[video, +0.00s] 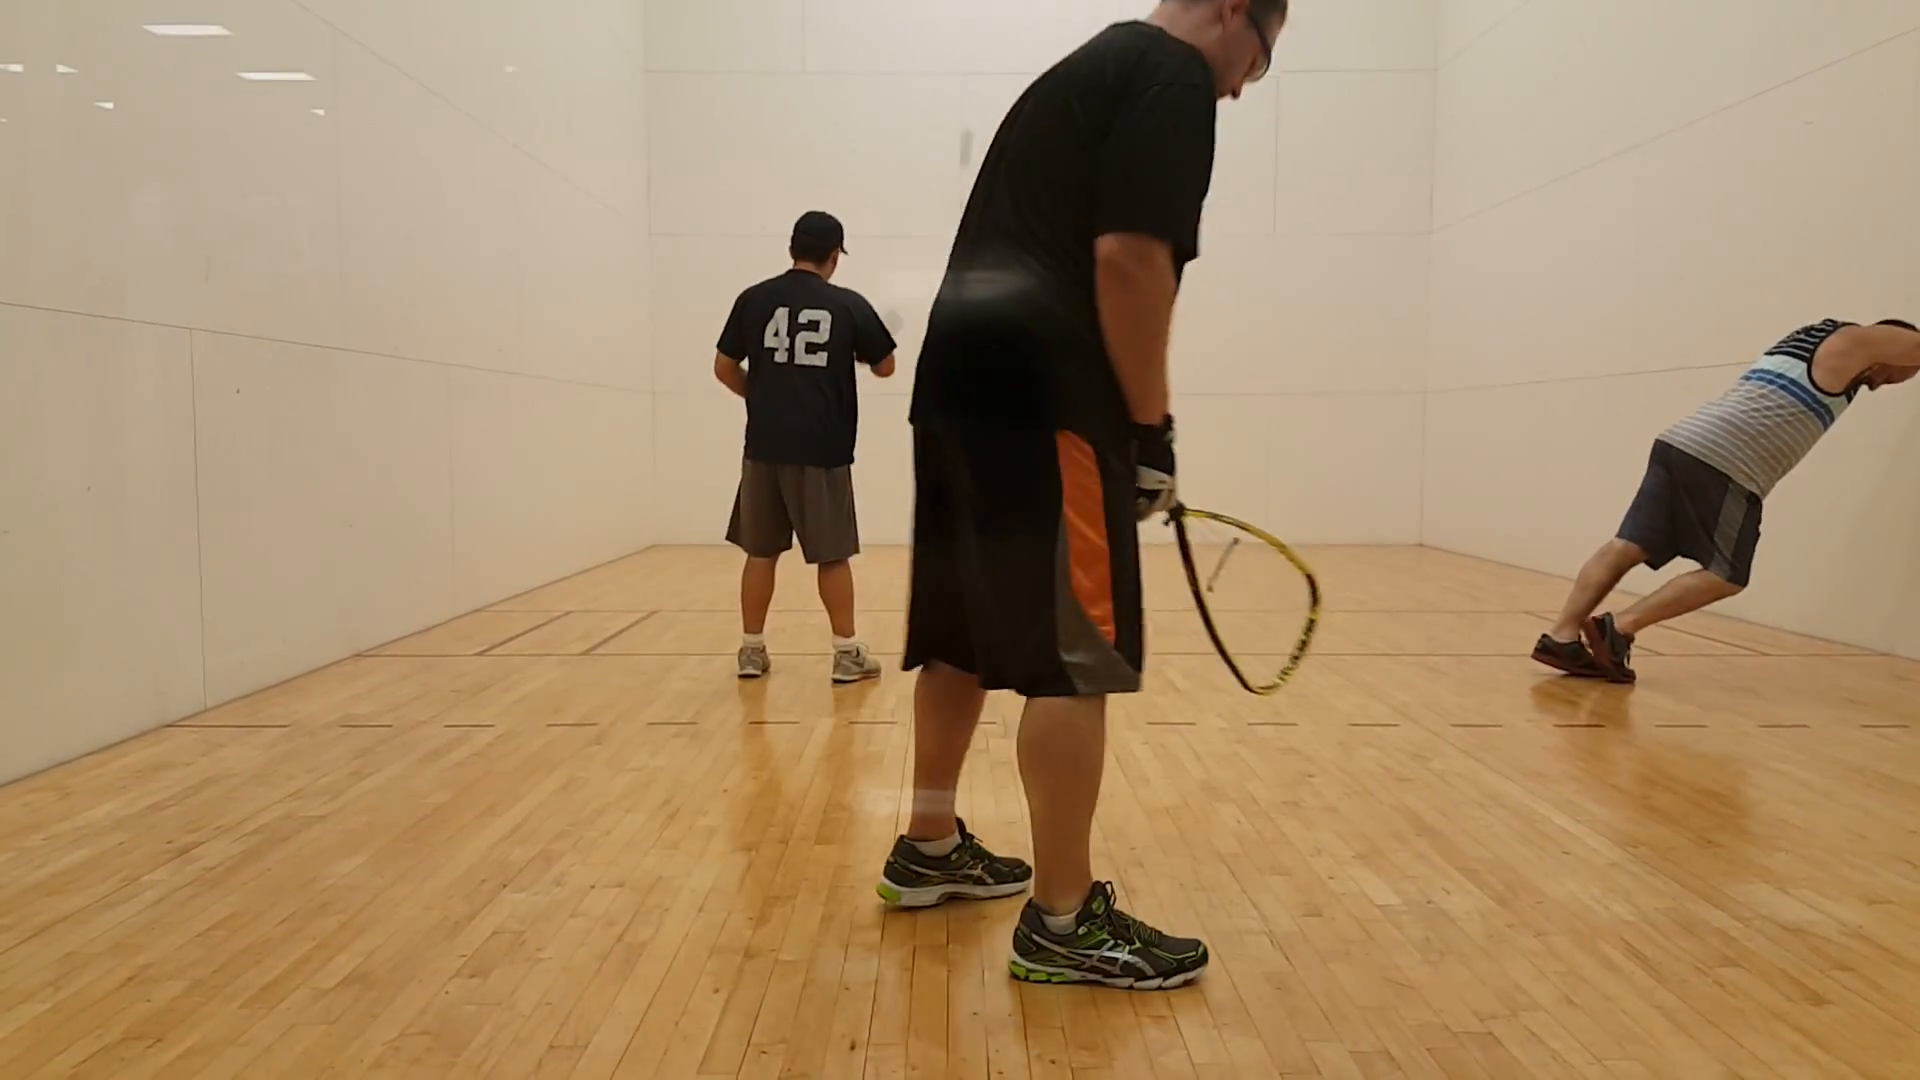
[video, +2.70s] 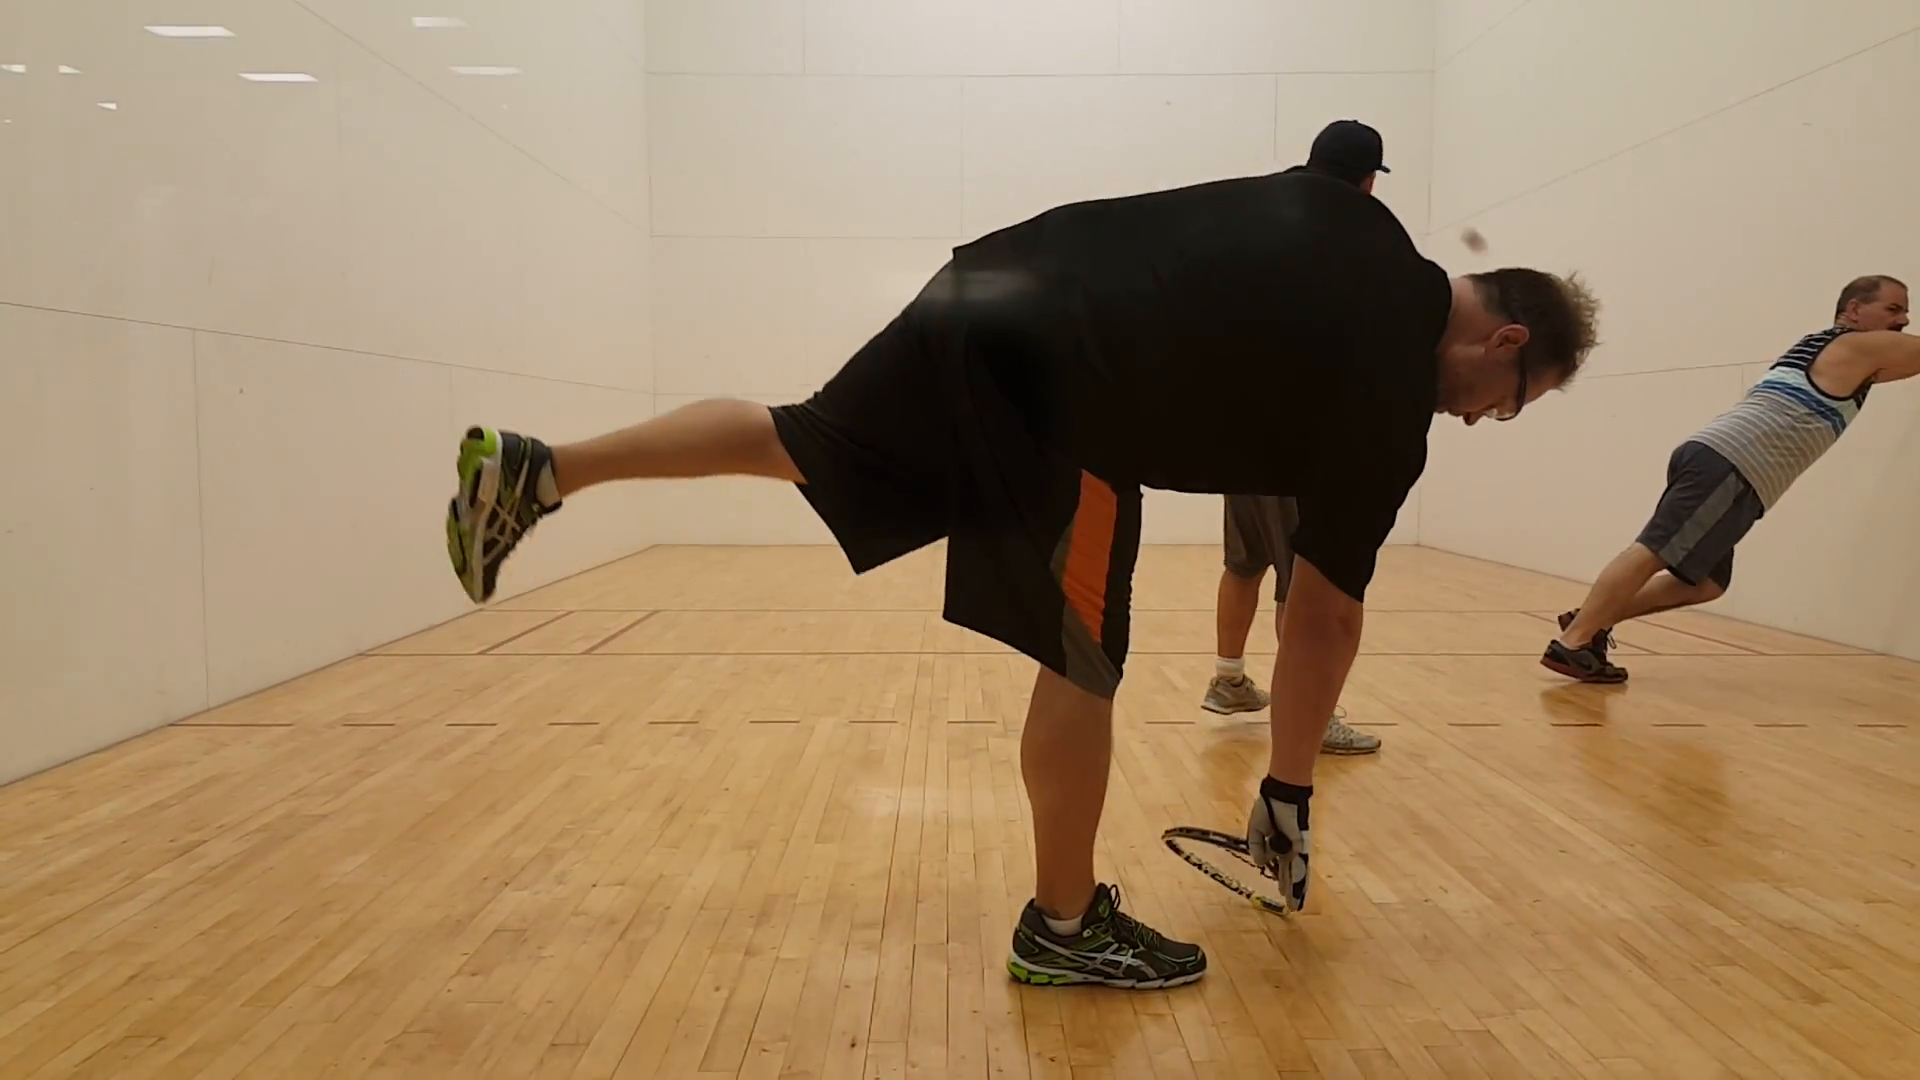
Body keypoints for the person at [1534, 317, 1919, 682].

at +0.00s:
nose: (1890, 384)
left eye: (1899, 377)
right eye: (1899, 372)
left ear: (1882, 345)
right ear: (1887, 348)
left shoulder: (1807, 337)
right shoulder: (1851, 347)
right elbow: (1917, 348)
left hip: (1679, 443)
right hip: (1729, 470)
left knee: (1629, 546)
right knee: (1726, 576)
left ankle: (1562, 636)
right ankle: (1618, 627)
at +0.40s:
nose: (1897, 369)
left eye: (1906, 364)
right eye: (1906, 359)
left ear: (1894, 333)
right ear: (1897, 333)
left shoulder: (1820, 330)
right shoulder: (1851, 325)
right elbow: (1919, 332)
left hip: (1705, 439)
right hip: (1730, 451)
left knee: (1665, 548)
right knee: (1675, 551)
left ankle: (1579, 625)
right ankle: (1588, 634)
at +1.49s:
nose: (1898, 315)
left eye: (1899, 307)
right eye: (1892, 303)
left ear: (1849, 306)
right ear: (1851, 298)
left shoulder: (1810, 333)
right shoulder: (1847, 334)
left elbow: (1909, 356)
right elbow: (1917, 343)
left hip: (1676, 439)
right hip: (1716, 456)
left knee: (1634, 543)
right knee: (1710, 563)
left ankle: (1564, 633)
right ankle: (1607, 628)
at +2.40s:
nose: (1901, 313)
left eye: (1902, 306)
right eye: (1893, 301)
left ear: (1852, 309)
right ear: (1852, 302)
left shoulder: (1821, 340)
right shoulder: (1850, 341)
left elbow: (1906, 356)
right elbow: (1916, 350)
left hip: (1714, 454)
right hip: (1727, 463)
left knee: (1690, 574)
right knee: (1656, 546)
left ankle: (1582, 619)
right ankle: (1576, 638)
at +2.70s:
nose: (1903, 321)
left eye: (1904, 313)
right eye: (1895, 309)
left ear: (1854, 318)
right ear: (1853, 311)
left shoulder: (1827, 350)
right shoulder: (1852, 349)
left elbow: (1906, 360)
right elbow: (1917, 353)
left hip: (1717, 461)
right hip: (1728, 470)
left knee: (1706, 581)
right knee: (1651, 552)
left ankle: (1592, 616)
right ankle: (1572, 644)